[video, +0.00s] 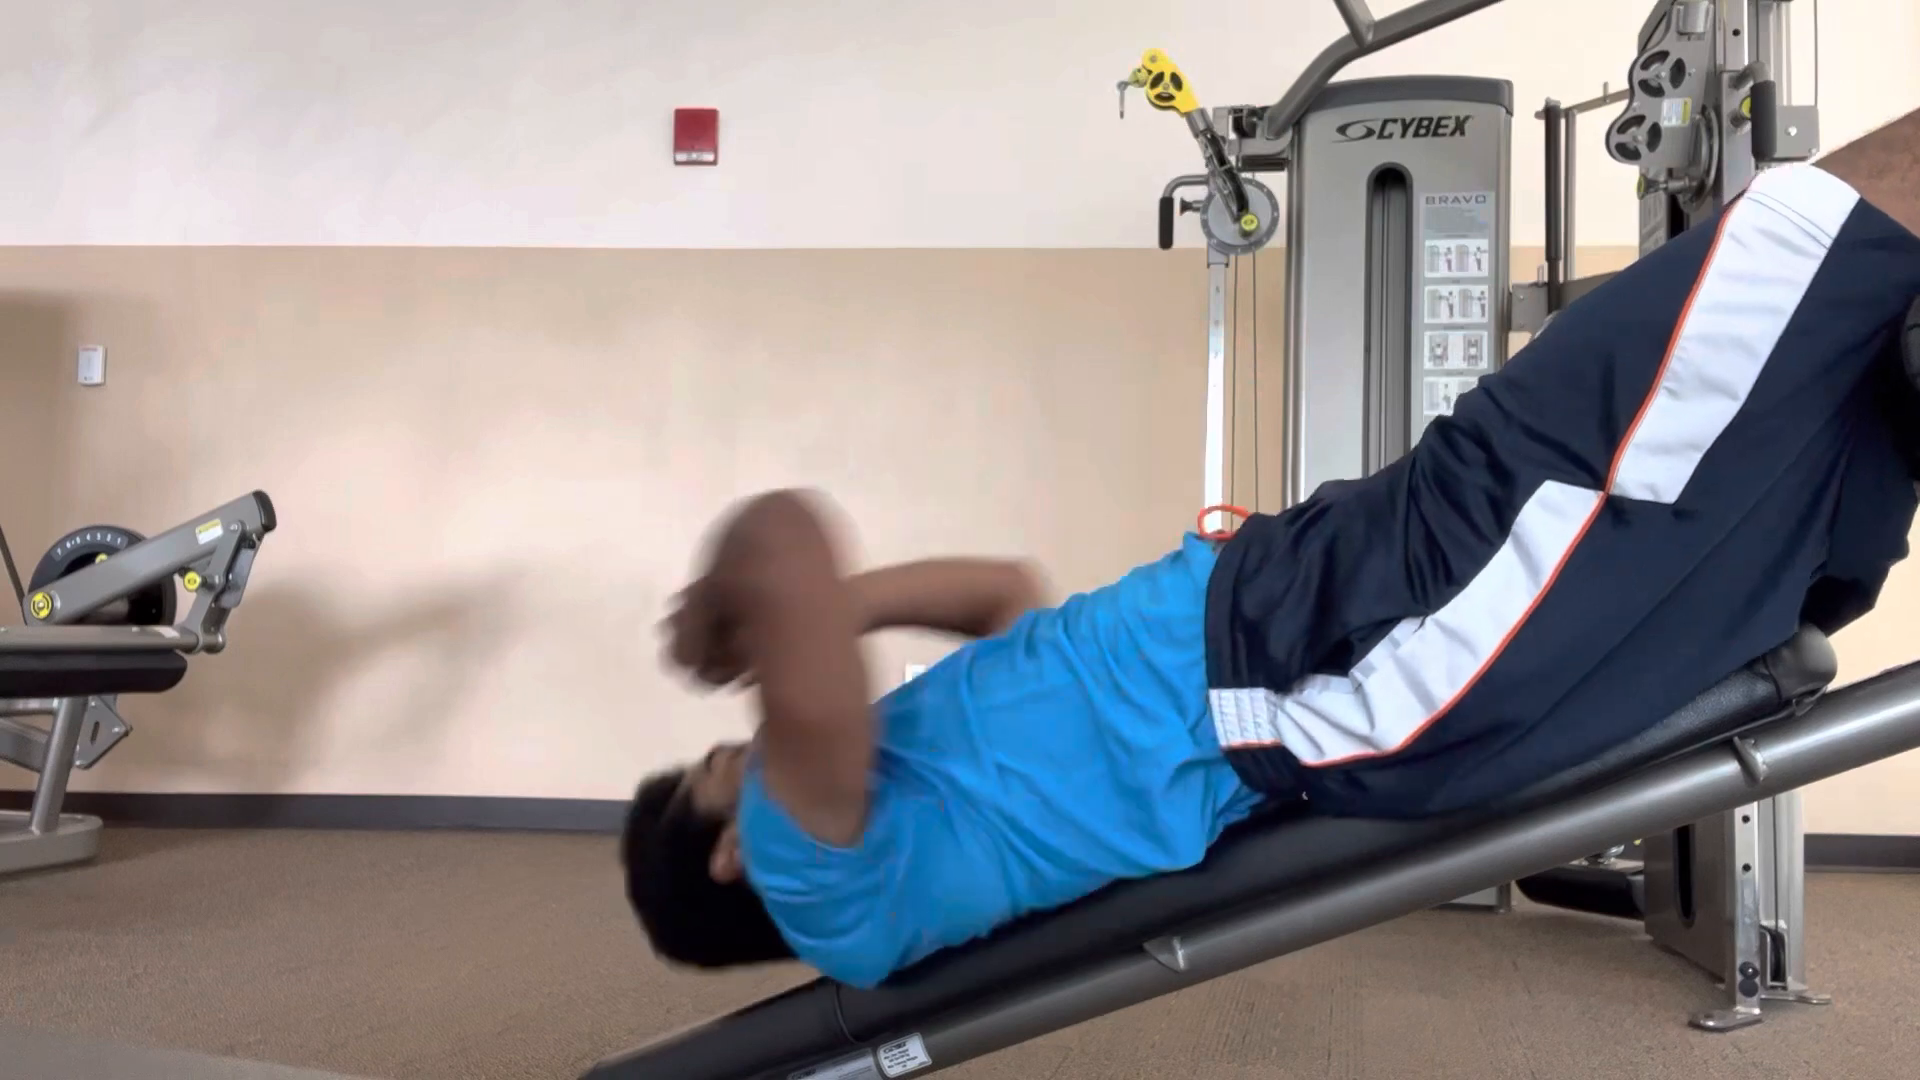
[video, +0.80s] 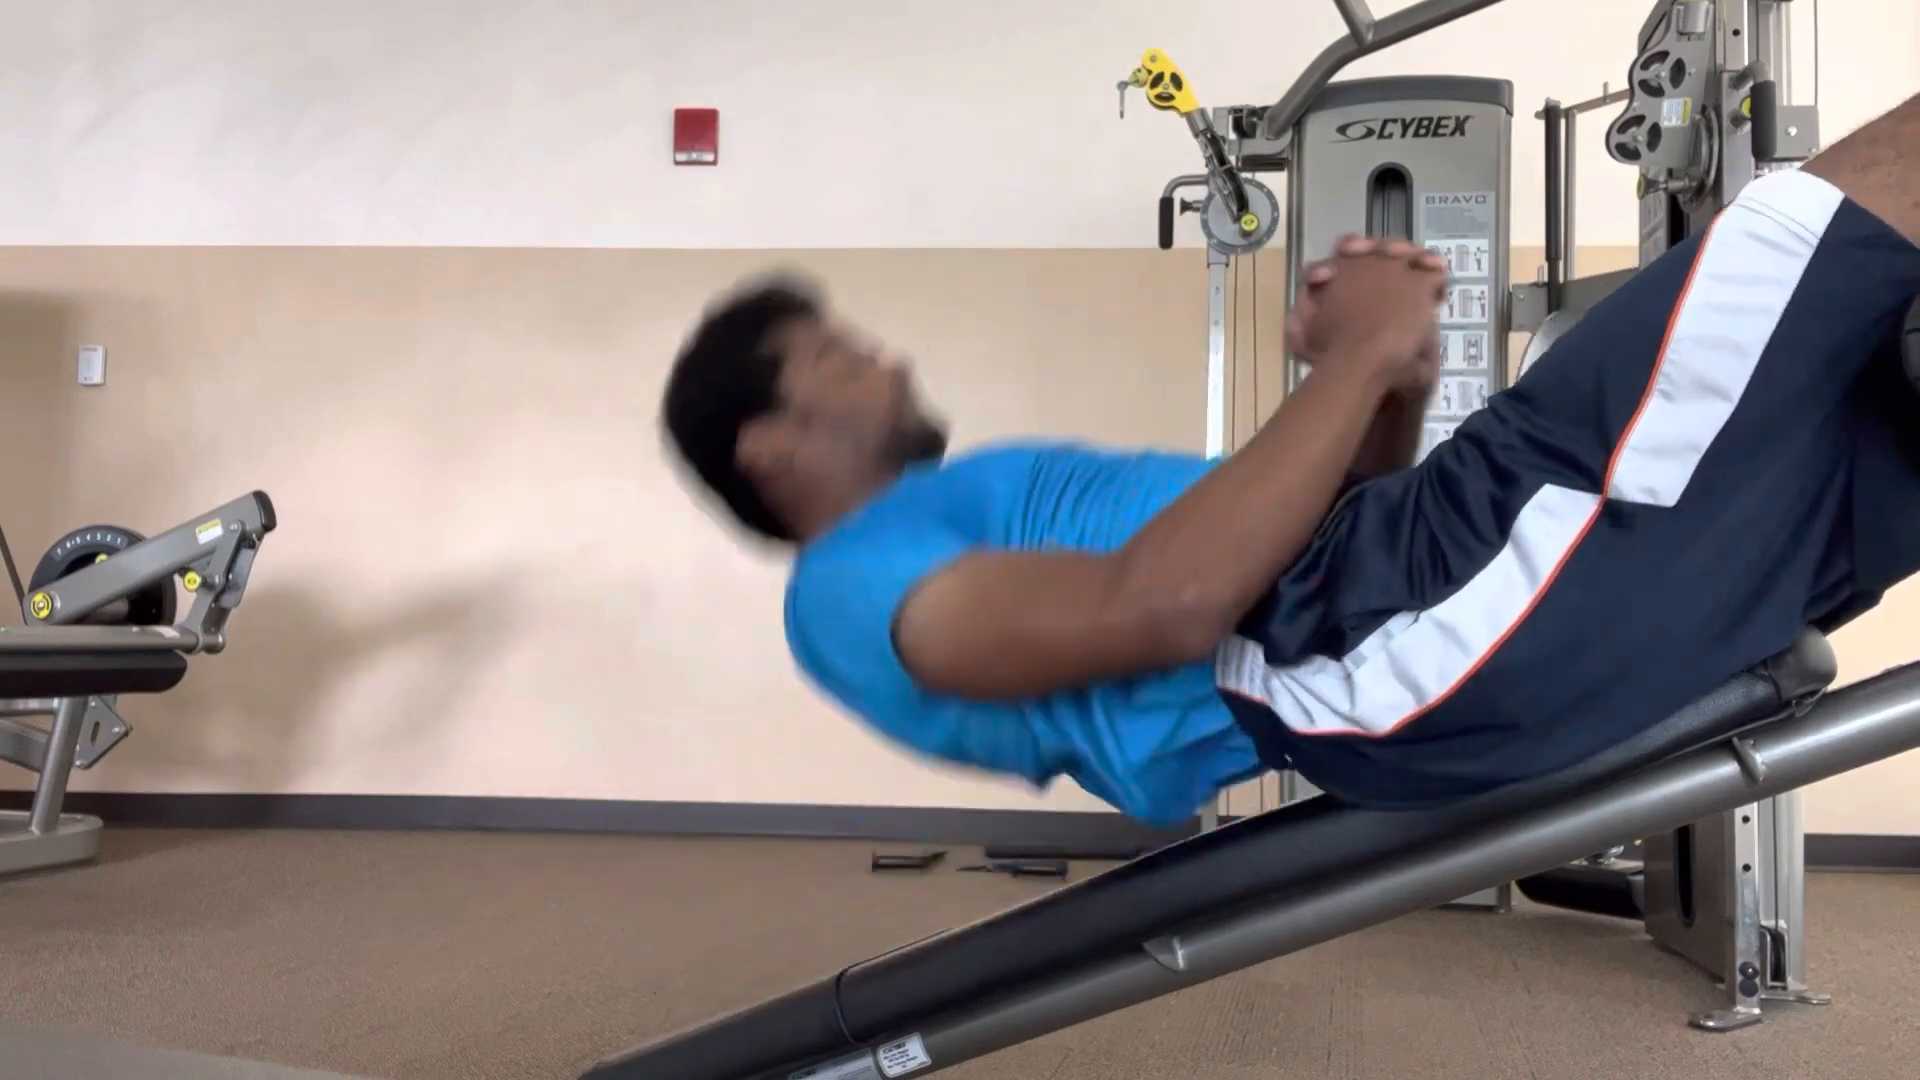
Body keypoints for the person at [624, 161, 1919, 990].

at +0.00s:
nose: (743, 753)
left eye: (724, 760)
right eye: (717, 777)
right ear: (729, 844)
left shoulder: (899, 778)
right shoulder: (818, 870)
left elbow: (1009, 593)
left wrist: (821, 608)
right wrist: (747, 579)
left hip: (1325, 581)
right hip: (1309, 682)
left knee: (1866, 191)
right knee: (1823, 215)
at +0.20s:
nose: (711, 768)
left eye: (677, 789)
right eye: (692, 803)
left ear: (682, 815)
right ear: (711, 864)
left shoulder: (868, 806)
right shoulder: (807, 899)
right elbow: (539, 782)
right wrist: (449, 828)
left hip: (1410, 556)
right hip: (1402, 648)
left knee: (1871, 189)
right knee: (1846, 186)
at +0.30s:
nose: (742, 784)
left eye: (719, 778)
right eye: (728, 808)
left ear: (728, 767)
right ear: (743, 857)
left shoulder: (871, 778)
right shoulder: (828, 904)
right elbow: (586, 858)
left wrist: (1201, 544)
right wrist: (454, 877)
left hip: (1314, 568)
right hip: (1342, 657)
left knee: (1863, 184)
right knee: (1843, 188)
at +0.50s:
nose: (715, 757)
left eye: (695, 763)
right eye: (693, 779)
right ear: (713, 843)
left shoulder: (881, 813)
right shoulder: (773, 866)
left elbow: (995, 562)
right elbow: (735, 569)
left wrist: (782, 582)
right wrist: (724, 589)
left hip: (1338, 587)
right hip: (1321, 671)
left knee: (1869, 184)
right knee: (1838, 199)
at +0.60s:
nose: (799, 610)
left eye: (764, 605)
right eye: (753, 639)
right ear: (738, 742)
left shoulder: (933, 732)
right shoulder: (837, 809)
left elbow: (1218, 562)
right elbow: (1027, 604)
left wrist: (1087, 417)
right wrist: (1042, 393)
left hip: (1347, 598)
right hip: (1335, 666)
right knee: (1871, 176)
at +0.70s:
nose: (847, 464)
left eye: (820, 451)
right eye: (799, 469)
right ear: (752, 567)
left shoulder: (964, 608)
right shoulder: (848, 685)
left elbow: (1255, 587)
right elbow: (1142, 635)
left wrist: (1320, 380)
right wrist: (1292, 368)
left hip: (1403, 605)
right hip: (1371, 642)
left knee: (1892, 434)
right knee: (1877, 166)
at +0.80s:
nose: (883, 356)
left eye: (856, 339)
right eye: (835, 351)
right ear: (770, 442)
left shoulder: (957, 530)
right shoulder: (850, 578)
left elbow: (1213, 580)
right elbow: (1150, 606)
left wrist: (1358, 377)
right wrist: (1350, 370)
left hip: (1403, 619)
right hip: (1358, 654)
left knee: (1885, 441)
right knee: (1873, 168)